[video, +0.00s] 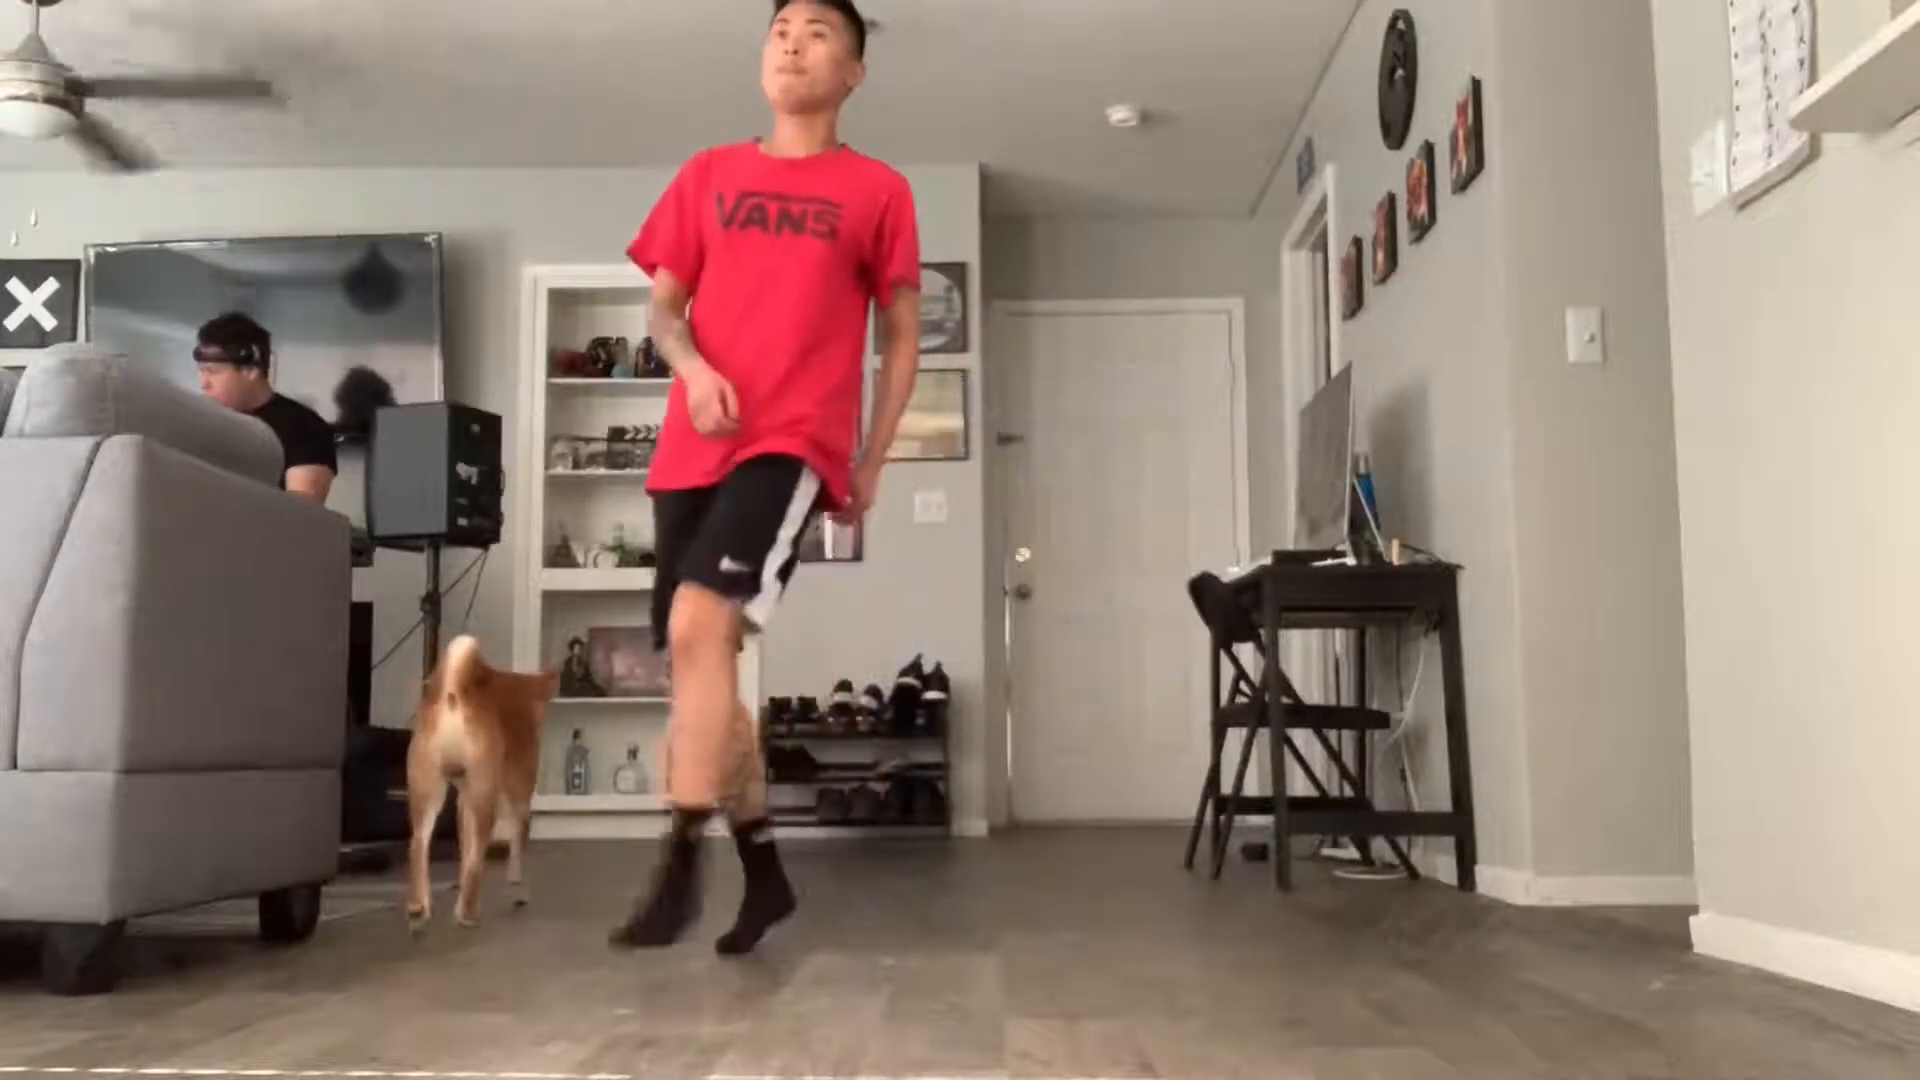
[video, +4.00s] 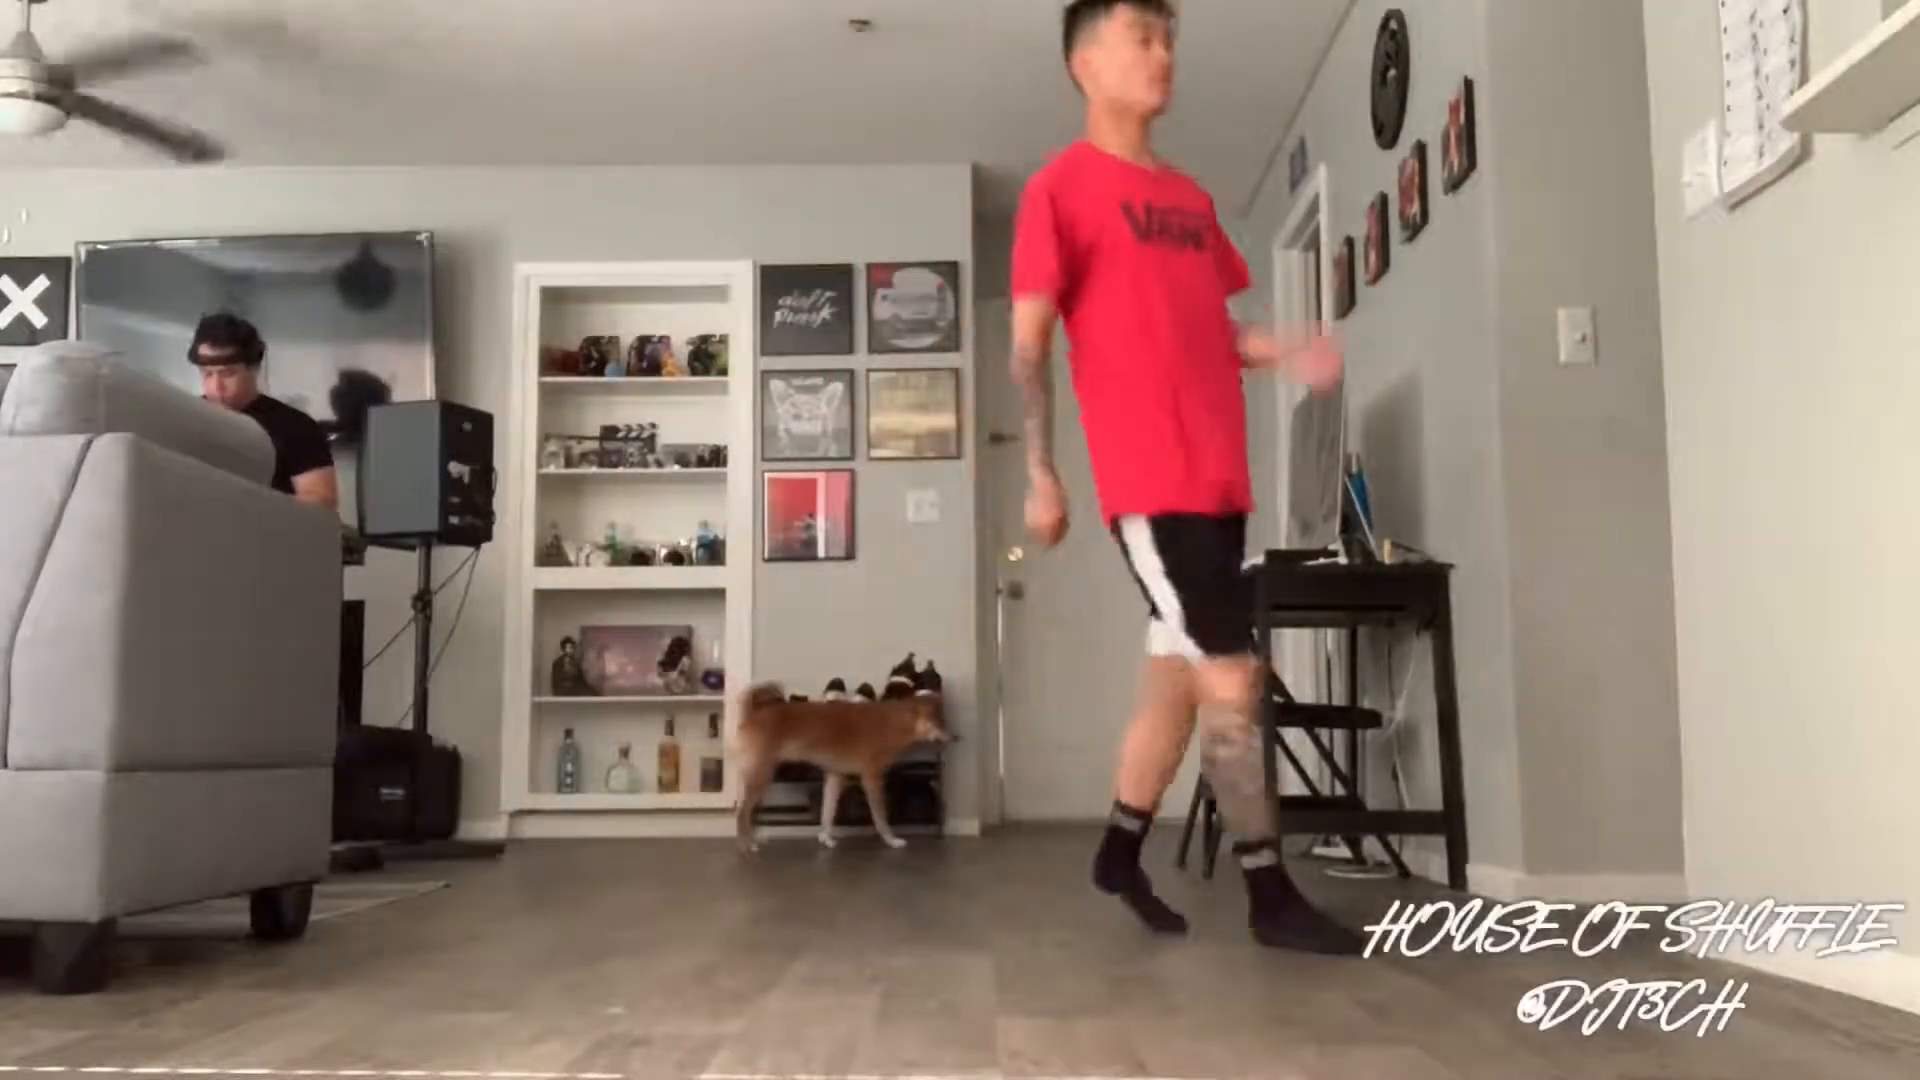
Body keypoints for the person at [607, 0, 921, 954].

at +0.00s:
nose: (789, 48)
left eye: (814, 37)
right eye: (779, 35)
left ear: (853, 73)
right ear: (760, 63)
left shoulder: (879, 191)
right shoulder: (708, 174)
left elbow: (902, 338)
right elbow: (662, 308)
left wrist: (871, 460)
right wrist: (691, 367)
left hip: (793, 437)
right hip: (693, 435)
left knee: (699, 621)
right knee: (694, 651)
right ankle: (765, 871)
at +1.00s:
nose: (1134, 66)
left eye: (1135, 51)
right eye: (1113, 49)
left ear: (1130, 74)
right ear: (1054, 73)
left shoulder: (1142, 191)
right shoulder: (1025, 189)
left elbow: (1148, 325)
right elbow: (974, 334)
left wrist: (1194, 415)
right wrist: (1013, 449)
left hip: (1156, 456)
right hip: (1095, 459)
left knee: (1114, 673)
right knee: (1218, 641)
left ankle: (1072, 871)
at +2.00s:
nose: (881, 68)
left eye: (904, 50)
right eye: (878, 57)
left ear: (965, 73)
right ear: (881, 87)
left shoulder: (1023, 196)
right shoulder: (859, 215)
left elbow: (1060, 338)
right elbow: (854, 344)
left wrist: (963, 300)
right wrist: (844, 395)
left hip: (980, 476)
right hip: (875, 479)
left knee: (1008, 684)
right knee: (873, 668)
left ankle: (1050, 888)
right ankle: (840, 896)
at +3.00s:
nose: (772, 78)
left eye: (787, 58)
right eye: (770, 66)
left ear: (851, 65)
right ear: (795, 83)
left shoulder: (912, 170)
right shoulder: (782, 216)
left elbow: (960, 305)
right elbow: (785, 367)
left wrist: (846, 324)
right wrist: (731, 437)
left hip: (865, 481)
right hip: (774, 483)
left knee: (888, 685)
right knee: (736, 671)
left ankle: (915, 885)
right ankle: (748, 904)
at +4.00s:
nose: (1164, 57)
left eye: (1167, 42)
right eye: (1142, 40)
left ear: (1167, 63)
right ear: (1085, 65)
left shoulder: (1187, 194)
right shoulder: (1057, 187)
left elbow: (1214, 332)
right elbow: (1028, 342)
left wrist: (1284, 348)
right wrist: (1040, 474)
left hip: (1216, 467)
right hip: (1143, 471)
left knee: (1175, 678)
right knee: (1232, 671)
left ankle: (1118, 856)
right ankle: (1271, 894)